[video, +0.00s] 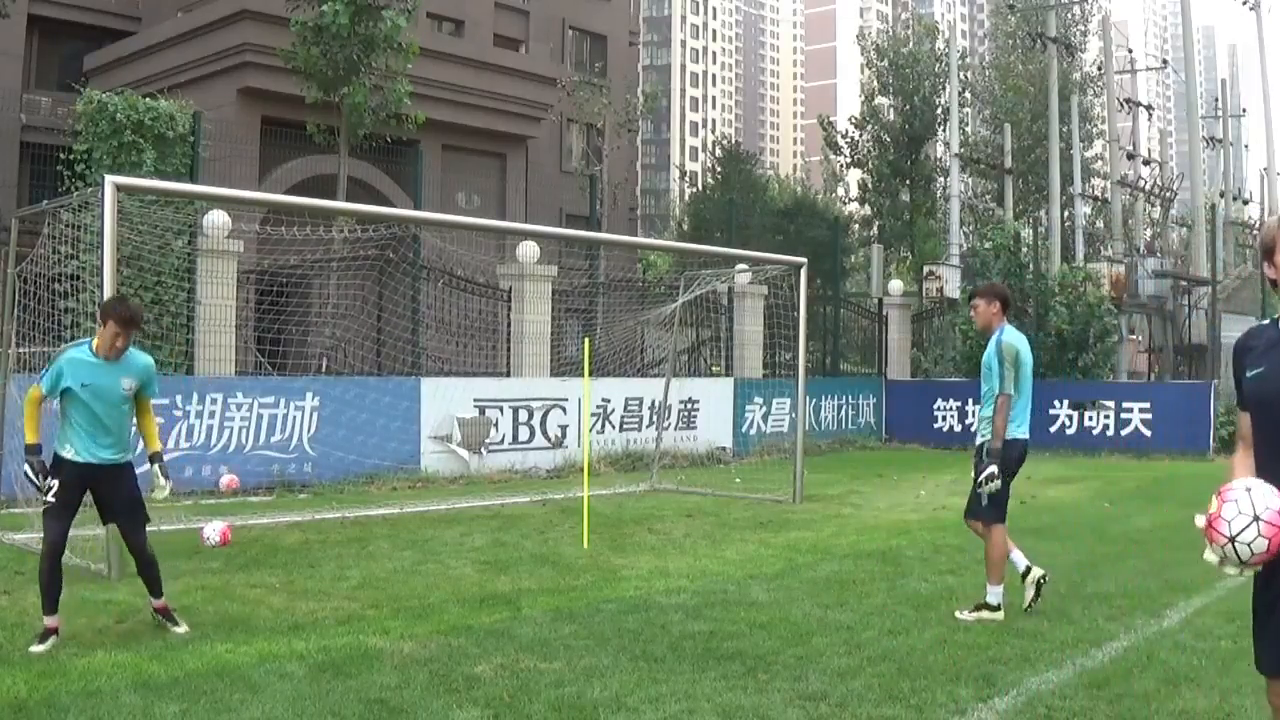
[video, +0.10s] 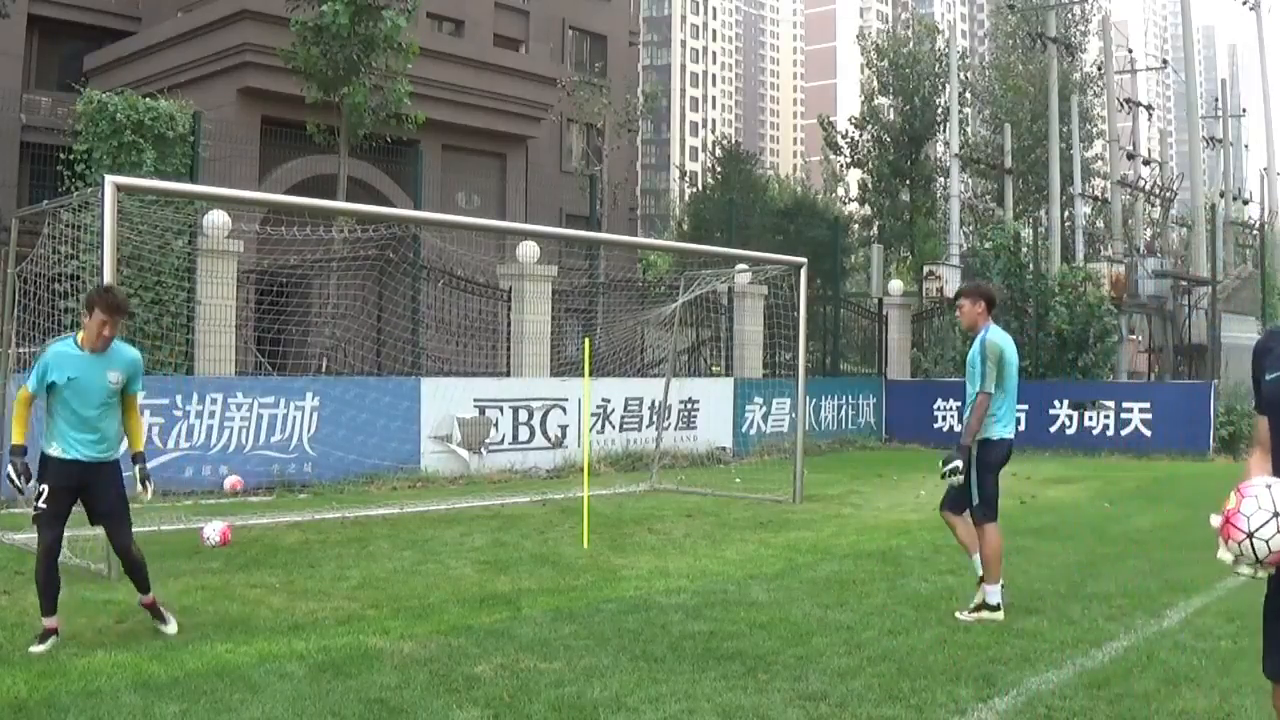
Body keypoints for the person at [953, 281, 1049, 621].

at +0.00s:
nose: (972, 315)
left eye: (975, 308)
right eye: (972, 309)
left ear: (996, 308)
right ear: (995, 310)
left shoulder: (1005, 342)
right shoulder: (1008, 339)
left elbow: (1004, 400)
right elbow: (1004, 399)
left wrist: (995, 456)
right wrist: (984, 446)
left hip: (1004, 443)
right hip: (1001, 440)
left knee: (993, 522)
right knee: (974, 517)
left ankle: (993, 603)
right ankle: (1027, 570)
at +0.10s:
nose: (957, 315)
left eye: (961, 308)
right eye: (957, 308)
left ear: (981, 308)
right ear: (980, 309)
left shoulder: (989, 342)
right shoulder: (993, 339)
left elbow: (983, 398)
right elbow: (989, 398)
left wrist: (963, 447)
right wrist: (965, 443)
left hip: (989, 441)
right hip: (990, 439)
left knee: (985, 519)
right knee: (951, 508)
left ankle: (992, 601)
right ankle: (987, 573)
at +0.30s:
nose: (919, 319)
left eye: (923, 313)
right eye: (919, 314)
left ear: (941, 312)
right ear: (942, 313)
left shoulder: (946, 345)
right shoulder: (962, 345)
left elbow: (934, 399)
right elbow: (965, 401)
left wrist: (901, 436)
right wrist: (967, 450)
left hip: (947, 444)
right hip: (957, 442)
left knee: (962, 522)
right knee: (921, 519)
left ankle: (989, 601)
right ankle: (890, 587)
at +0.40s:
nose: (895, 319)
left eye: (898, 312)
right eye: (896, 313)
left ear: (914, 311)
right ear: (918, 312)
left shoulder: (921, 344)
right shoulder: (941, 345)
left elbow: (913, 396)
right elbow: (949, 403)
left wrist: (880, 436)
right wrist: (948, 448)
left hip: (921, 443)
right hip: (933, 442)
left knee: (930, 521)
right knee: (903, 516)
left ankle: (976, 589)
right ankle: (884, 589)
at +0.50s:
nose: (882, 315)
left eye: (884, 308)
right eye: (883, 309)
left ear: (897, 308)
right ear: (905, 309)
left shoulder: (905, 341)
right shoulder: (927, 342)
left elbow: (903, 393)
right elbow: (933, 399)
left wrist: (871, 433)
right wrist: (931, 443)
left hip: (906, 441)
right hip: (921, 440)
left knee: (893, 519)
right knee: (895, 516)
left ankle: (949, 573)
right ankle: (884, 588)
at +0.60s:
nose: (866, 315)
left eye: (868, 309)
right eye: (867, 309)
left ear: (877, 308)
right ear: (892, 309)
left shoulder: (885, 339)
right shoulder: (906, 340)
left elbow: (888, 390)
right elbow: (911, 393)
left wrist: (858, 429)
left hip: (882, 440)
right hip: (904, 439)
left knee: (849, 508)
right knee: (885, 511)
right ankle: (884, 586)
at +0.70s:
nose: (853, 315)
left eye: (854, 309)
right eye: (854, 310)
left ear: (864, 309)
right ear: (879, 311)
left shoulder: (872, 339)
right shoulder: (895, 341)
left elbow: (879, 390)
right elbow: (900, 390)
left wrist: (847, 428)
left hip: (868, 439)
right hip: (891, 439)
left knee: (828, 502)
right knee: (879, 511)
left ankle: (854, 572)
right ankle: (884, 587)